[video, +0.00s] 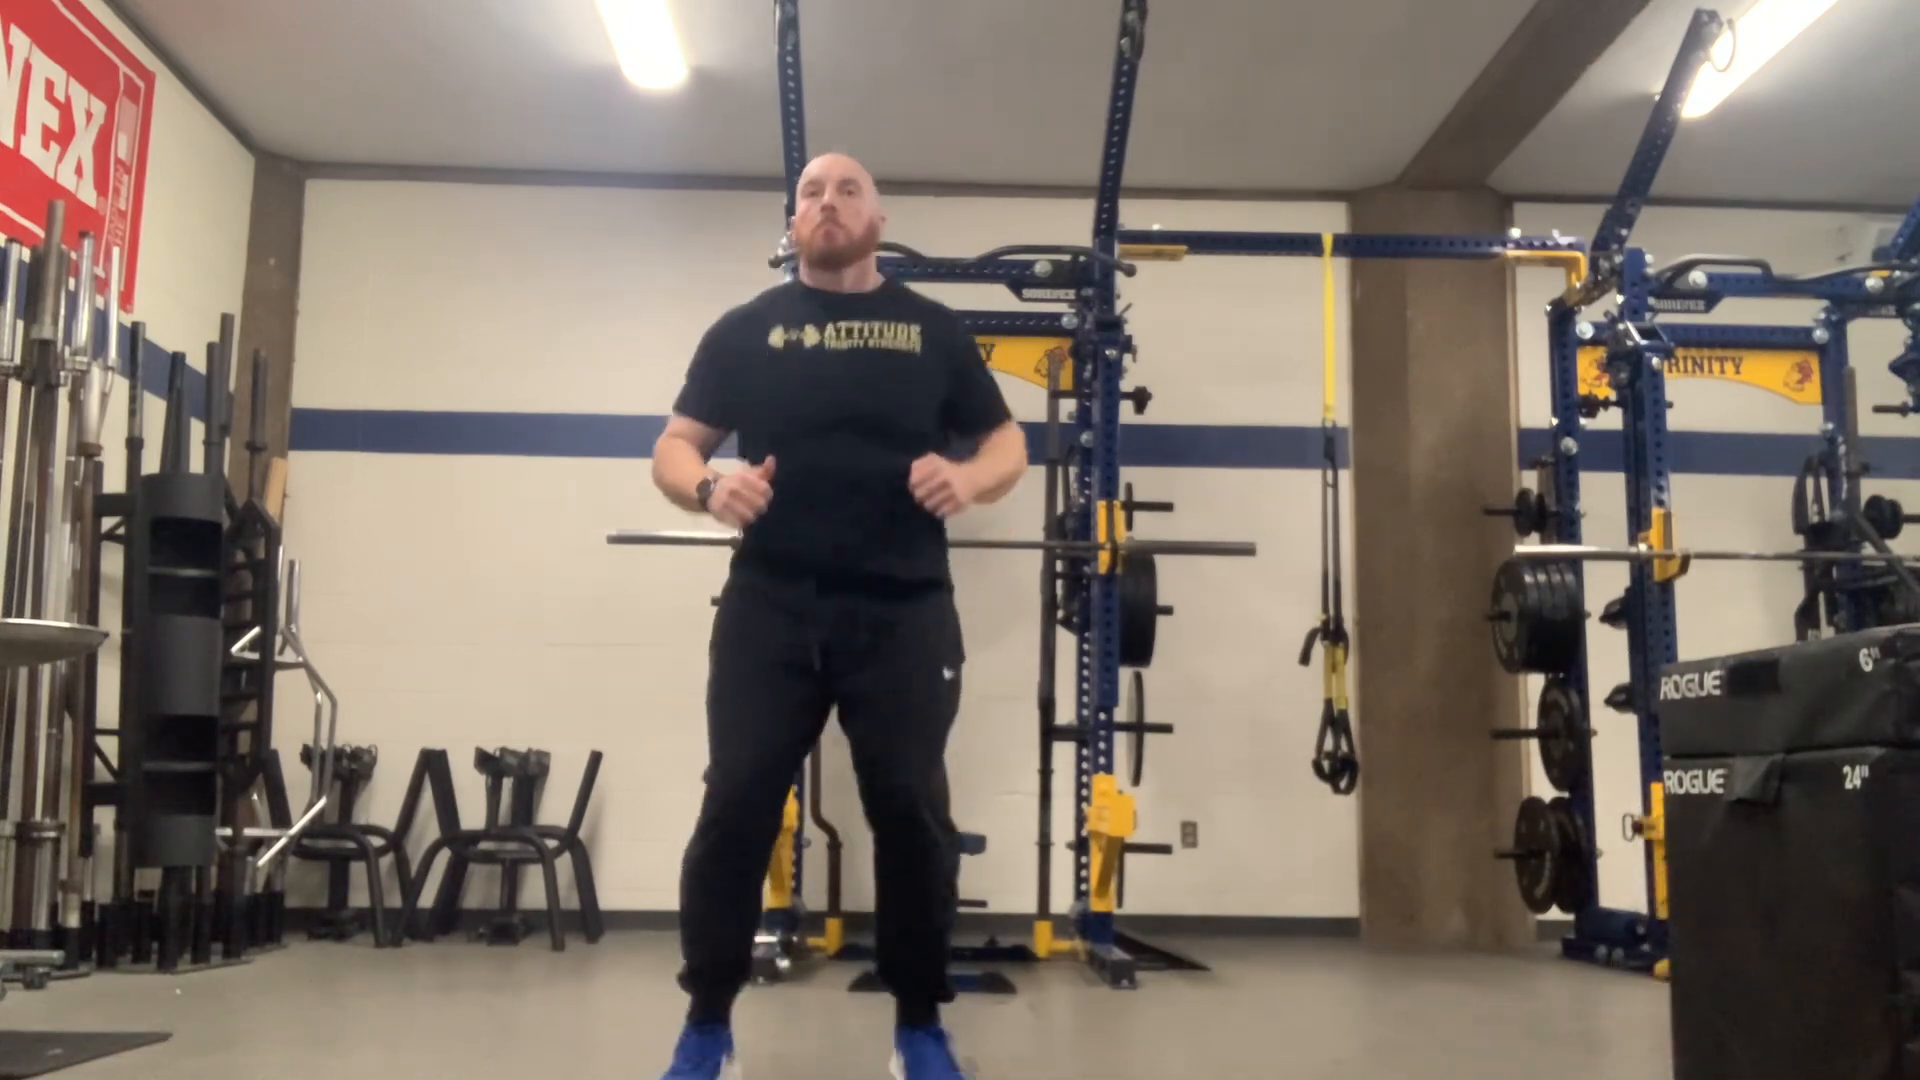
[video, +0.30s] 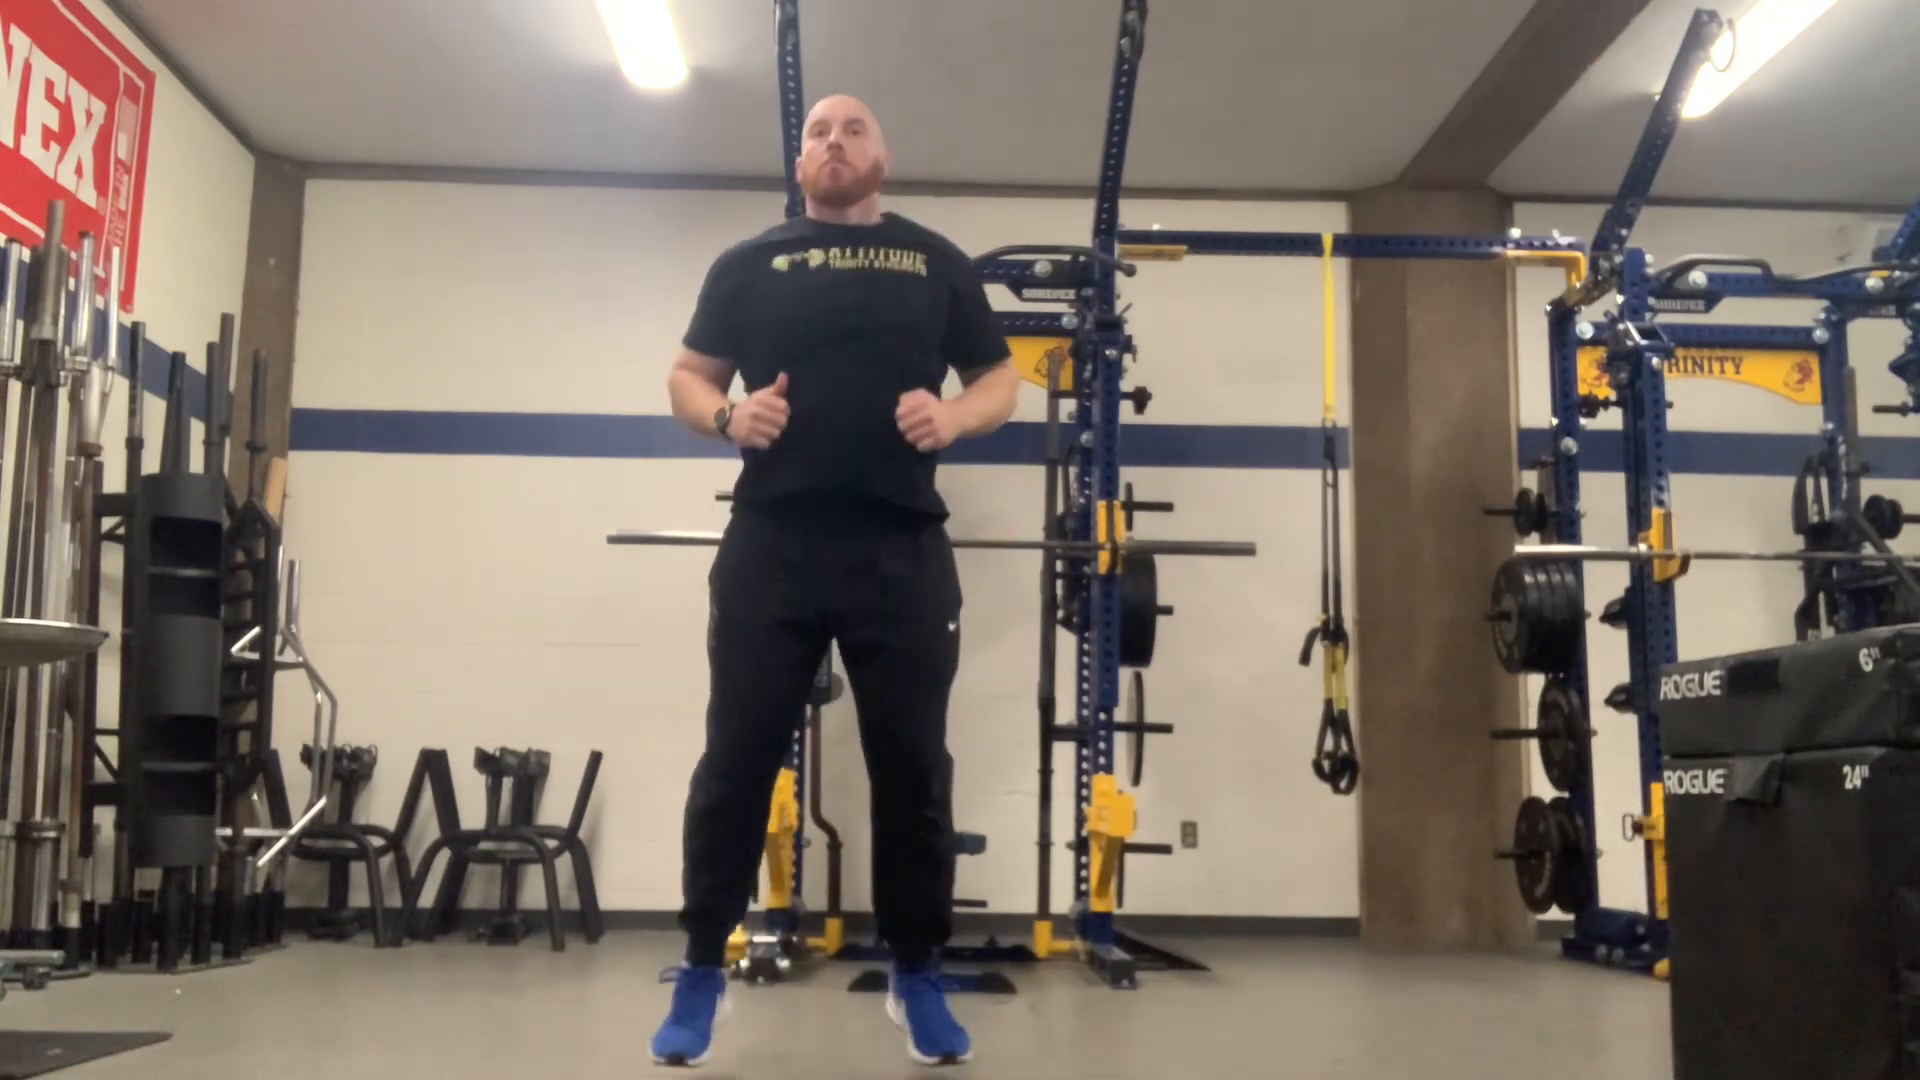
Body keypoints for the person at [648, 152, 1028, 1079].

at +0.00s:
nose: (828, 201)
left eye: (847, 189)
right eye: (812, 192)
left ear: (881, 221)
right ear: (791, 226)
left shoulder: (936, 331)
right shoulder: (742, 333)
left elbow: (1008, 448)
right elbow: (672, 454)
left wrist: (968, 476)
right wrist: (708, 484)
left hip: (902, 608)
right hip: (769, 606)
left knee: (912, 810)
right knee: (737, 803)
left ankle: (920, 1030)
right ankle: (705, 1027)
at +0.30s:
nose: (834, 137)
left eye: (853, 128)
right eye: (818, 130)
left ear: (886, 161)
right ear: (796, 163)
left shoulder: (937, 263)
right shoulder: (746, 267)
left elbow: (1000, 384)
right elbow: (690, 382)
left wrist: (954, 416)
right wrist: (727, 416)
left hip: (900, 547)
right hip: (771, 544)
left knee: (913, 768)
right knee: (737, 758)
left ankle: (915, 973)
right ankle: (700, 969)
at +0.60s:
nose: (838, 159)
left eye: (857, 150)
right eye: (821, 152)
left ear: (889, 184)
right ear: (798, 188)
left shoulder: (940, 291)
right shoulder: (748, 292)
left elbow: (992, 415)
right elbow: (700, 420)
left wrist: (952, 430)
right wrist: (744, 433)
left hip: (900, 582)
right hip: (771, 580)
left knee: (910, 800)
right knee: (734, 787)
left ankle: (909, 985)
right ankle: (709, 975)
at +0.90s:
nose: (835, 200)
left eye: (855, 190)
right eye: (820, 192)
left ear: (889, 224)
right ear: (797, 227)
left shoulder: (942, 336)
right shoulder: (747, 334)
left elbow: (1013, 461)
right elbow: (681, 463)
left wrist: (972, 472)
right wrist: (716, 482)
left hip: (904, 622)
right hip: (769, 617)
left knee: (910, 826)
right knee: (736, 814)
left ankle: (915, 1033)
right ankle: (698, 1026)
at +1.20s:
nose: (835, 136)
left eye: (855, 126)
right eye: (819, 128)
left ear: (888, 160)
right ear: (797, 162)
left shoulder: (938, 270)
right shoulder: (744, 265)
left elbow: (1000, 390)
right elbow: (682, 380)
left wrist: (966, 424)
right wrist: (712, 415)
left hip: (896, 557)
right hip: (766, 552)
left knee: (911, 777)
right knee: (731, 767)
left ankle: (913, 977)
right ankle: (706, 967)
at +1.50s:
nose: (834, 129)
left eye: (854, 119)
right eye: (818, 120)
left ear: (887, 151)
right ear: (796, 153)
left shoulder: (935, 257)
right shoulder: (745, 253)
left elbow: (992, 379)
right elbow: (696, 389)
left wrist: (955, 410)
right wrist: (755, 396)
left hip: (896, 548)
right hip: (766, 544)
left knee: (909, 768)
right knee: (731, 757)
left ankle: (912, 965)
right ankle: (711, 957)